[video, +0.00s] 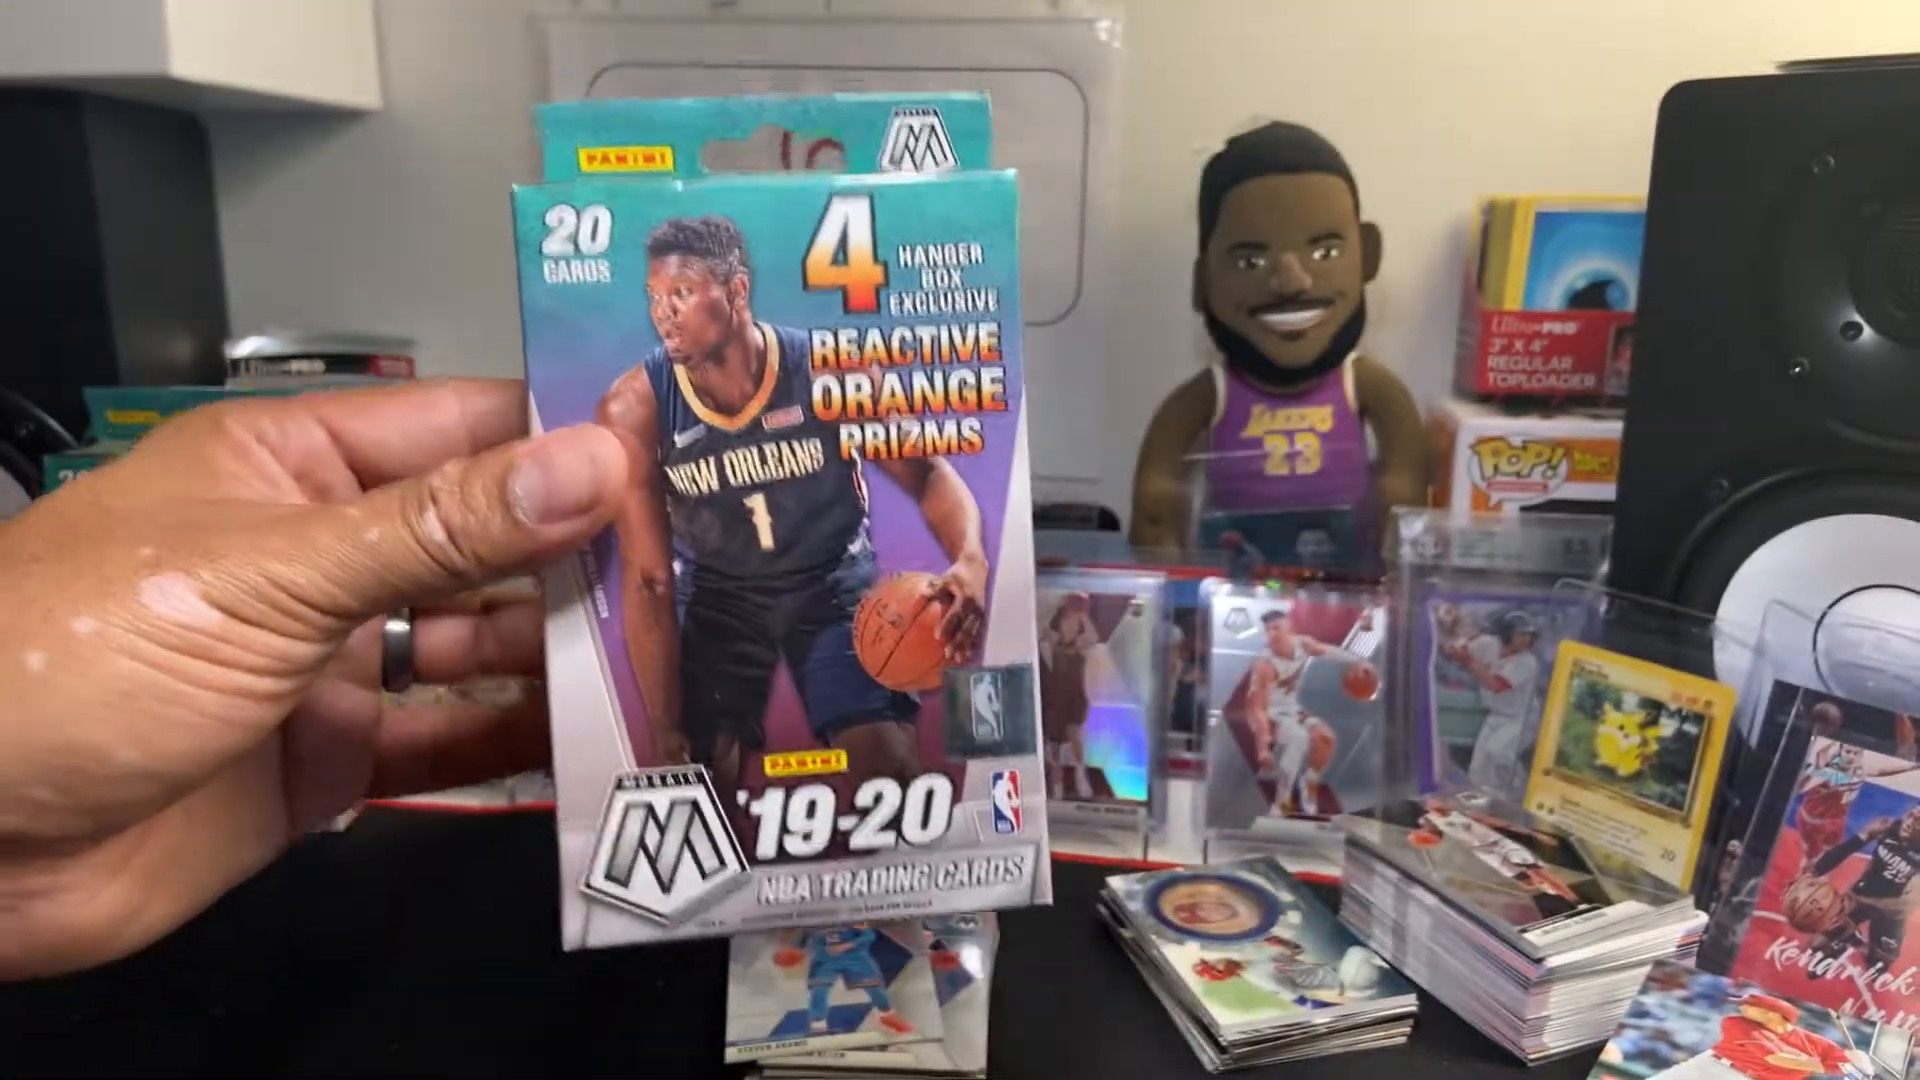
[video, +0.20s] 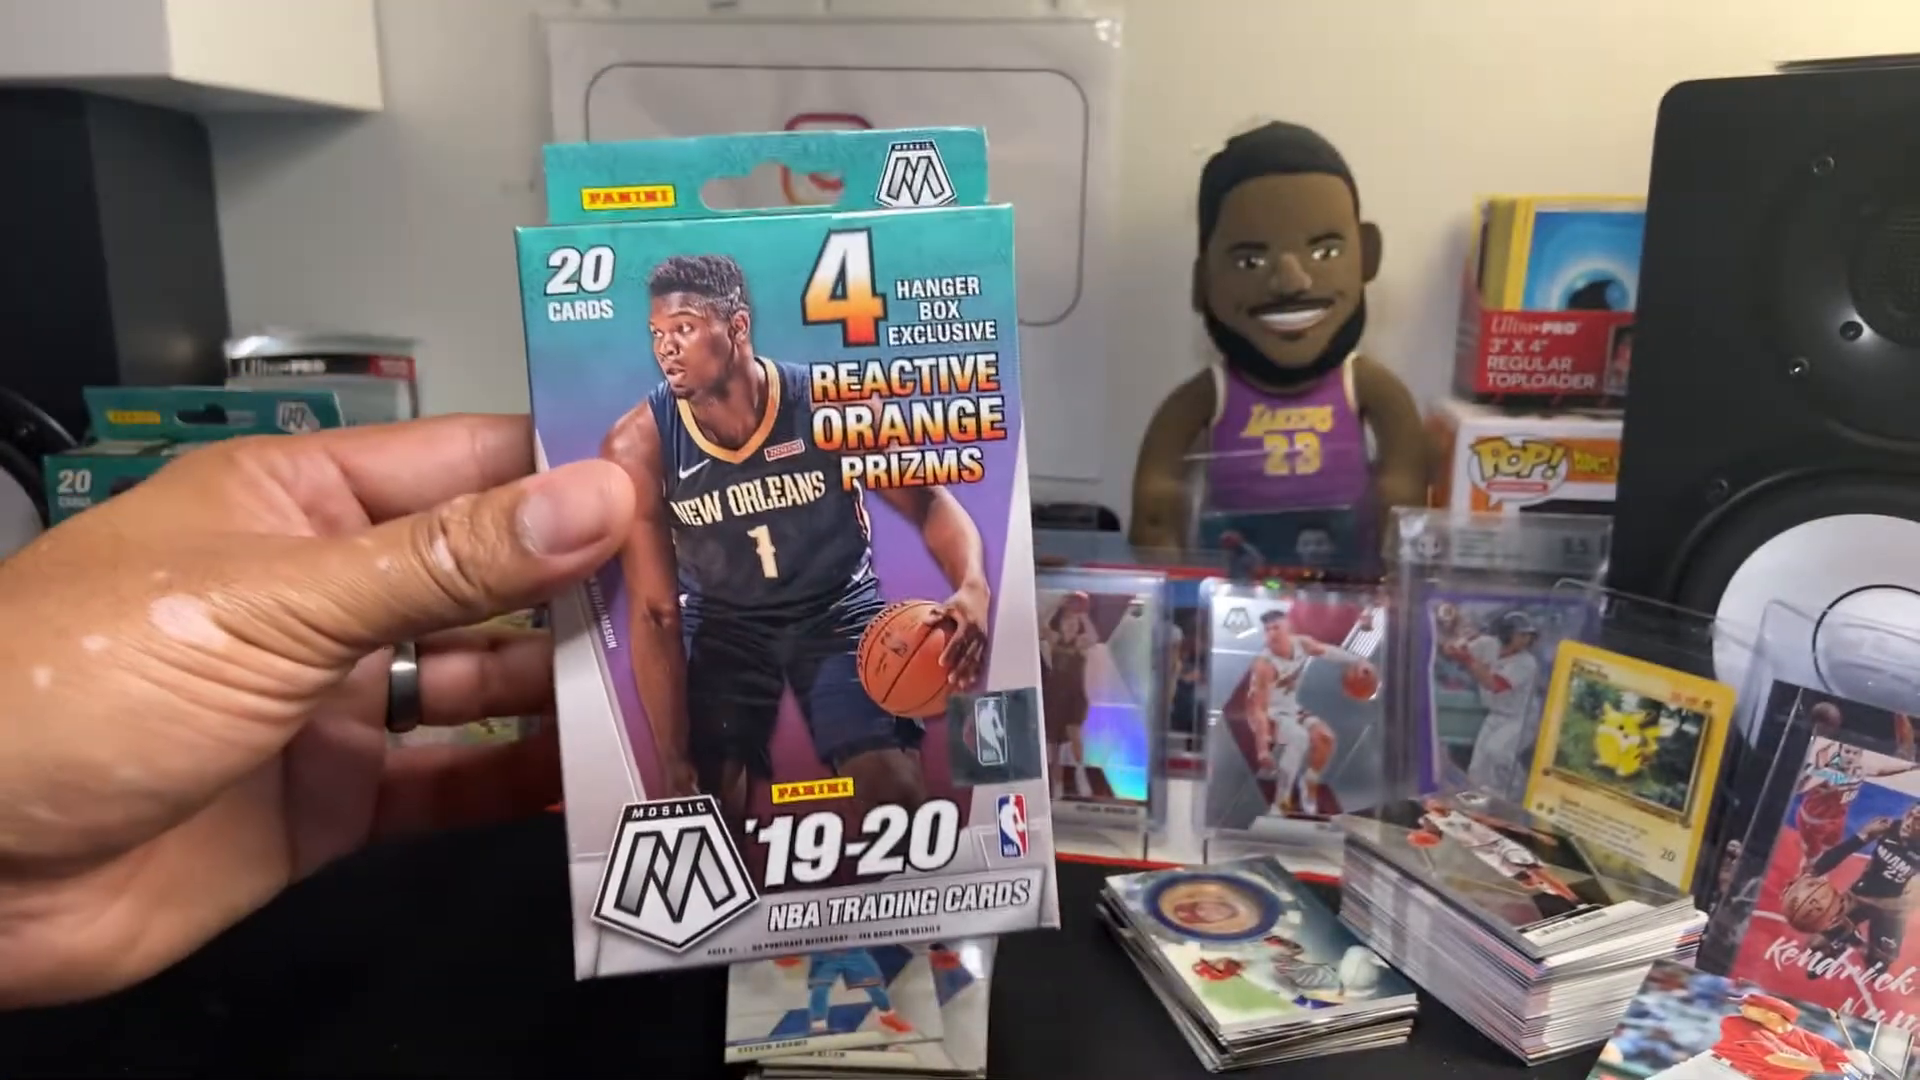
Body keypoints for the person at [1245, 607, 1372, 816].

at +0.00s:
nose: (1274, 634)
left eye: (1278, 628)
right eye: (1269, 630)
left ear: (1289, 629)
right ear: (1266, 634)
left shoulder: (1303, 645)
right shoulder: (1264, 665)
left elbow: (1330, 652)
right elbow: (1256, 708)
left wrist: (1359, 662)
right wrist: (1263, 748)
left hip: (1294, 710)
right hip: (1271, 712)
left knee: (1325, 739)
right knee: (1299, 737)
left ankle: (1309, 785)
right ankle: (1283, 798)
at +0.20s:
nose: (1273, 634)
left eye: (1277, 628)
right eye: (1269, 630)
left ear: (1287, 628)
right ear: (1265, 634)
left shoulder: (1302, 644)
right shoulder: (1263, 665)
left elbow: (1329, 652)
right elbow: (1257, 709)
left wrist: (1359, 661)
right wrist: (1263, 748)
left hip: (1293, 709)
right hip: (1270, 712)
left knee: (1325, 739)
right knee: (1299, 737)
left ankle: (1309, 785)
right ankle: (1281, 800)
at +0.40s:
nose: (1274, 634)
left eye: (1278, 628)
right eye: (1269, 630)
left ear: (1288, 628)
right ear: (1265, 634)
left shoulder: (1302, 644)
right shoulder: (1264, 664)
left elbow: (1328, 652)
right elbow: (1257, 709)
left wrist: (1359, 661)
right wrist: (1263, 748)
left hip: (1294, 709)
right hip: (1270, 712)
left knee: (1325, 739)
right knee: (1299, 737)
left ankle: (1309, 785)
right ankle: (1281, 800)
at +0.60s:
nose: (1273, 634)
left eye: (1278, 628)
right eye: (1269, 629)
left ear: (1288, 628)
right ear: (1265, 633)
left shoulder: (1302, 644)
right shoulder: (1263, 665)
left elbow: (1329, 652)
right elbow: (1257, 709)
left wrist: (1358, 661)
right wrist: (1263, 749)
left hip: (1294, 709)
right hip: (1270, 712)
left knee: (1325, 738)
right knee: (1299, 737)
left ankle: (1309, 786)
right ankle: (1282, 800)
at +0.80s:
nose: (1274, 634)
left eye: (1277, 628)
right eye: (1269, 630)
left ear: (1287, 628)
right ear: (1265, 634)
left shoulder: (1302, 644)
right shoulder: (1263, 665)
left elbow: (1329, 652)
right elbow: (1256, 709)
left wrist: (1358, 661)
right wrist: (1263, 749)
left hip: (1294, 710)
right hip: (1271, 712)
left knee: (1325, 738)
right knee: (1299, 737)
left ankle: (1309, 786)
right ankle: (1282, 800)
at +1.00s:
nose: (1274, 634)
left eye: (1278, 628)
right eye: (1269, 630)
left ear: (1288, 628)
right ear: (1265, 634)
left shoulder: (1302, 644)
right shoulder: (1264, 665)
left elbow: (1329, 652)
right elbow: (1257, 709)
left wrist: (1358, 661)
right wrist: (1263, 749)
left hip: (1294, 709)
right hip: (1271, 712)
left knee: (1325, 739)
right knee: (1299, 737)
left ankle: (1309, 785)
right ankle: (1282, 800)